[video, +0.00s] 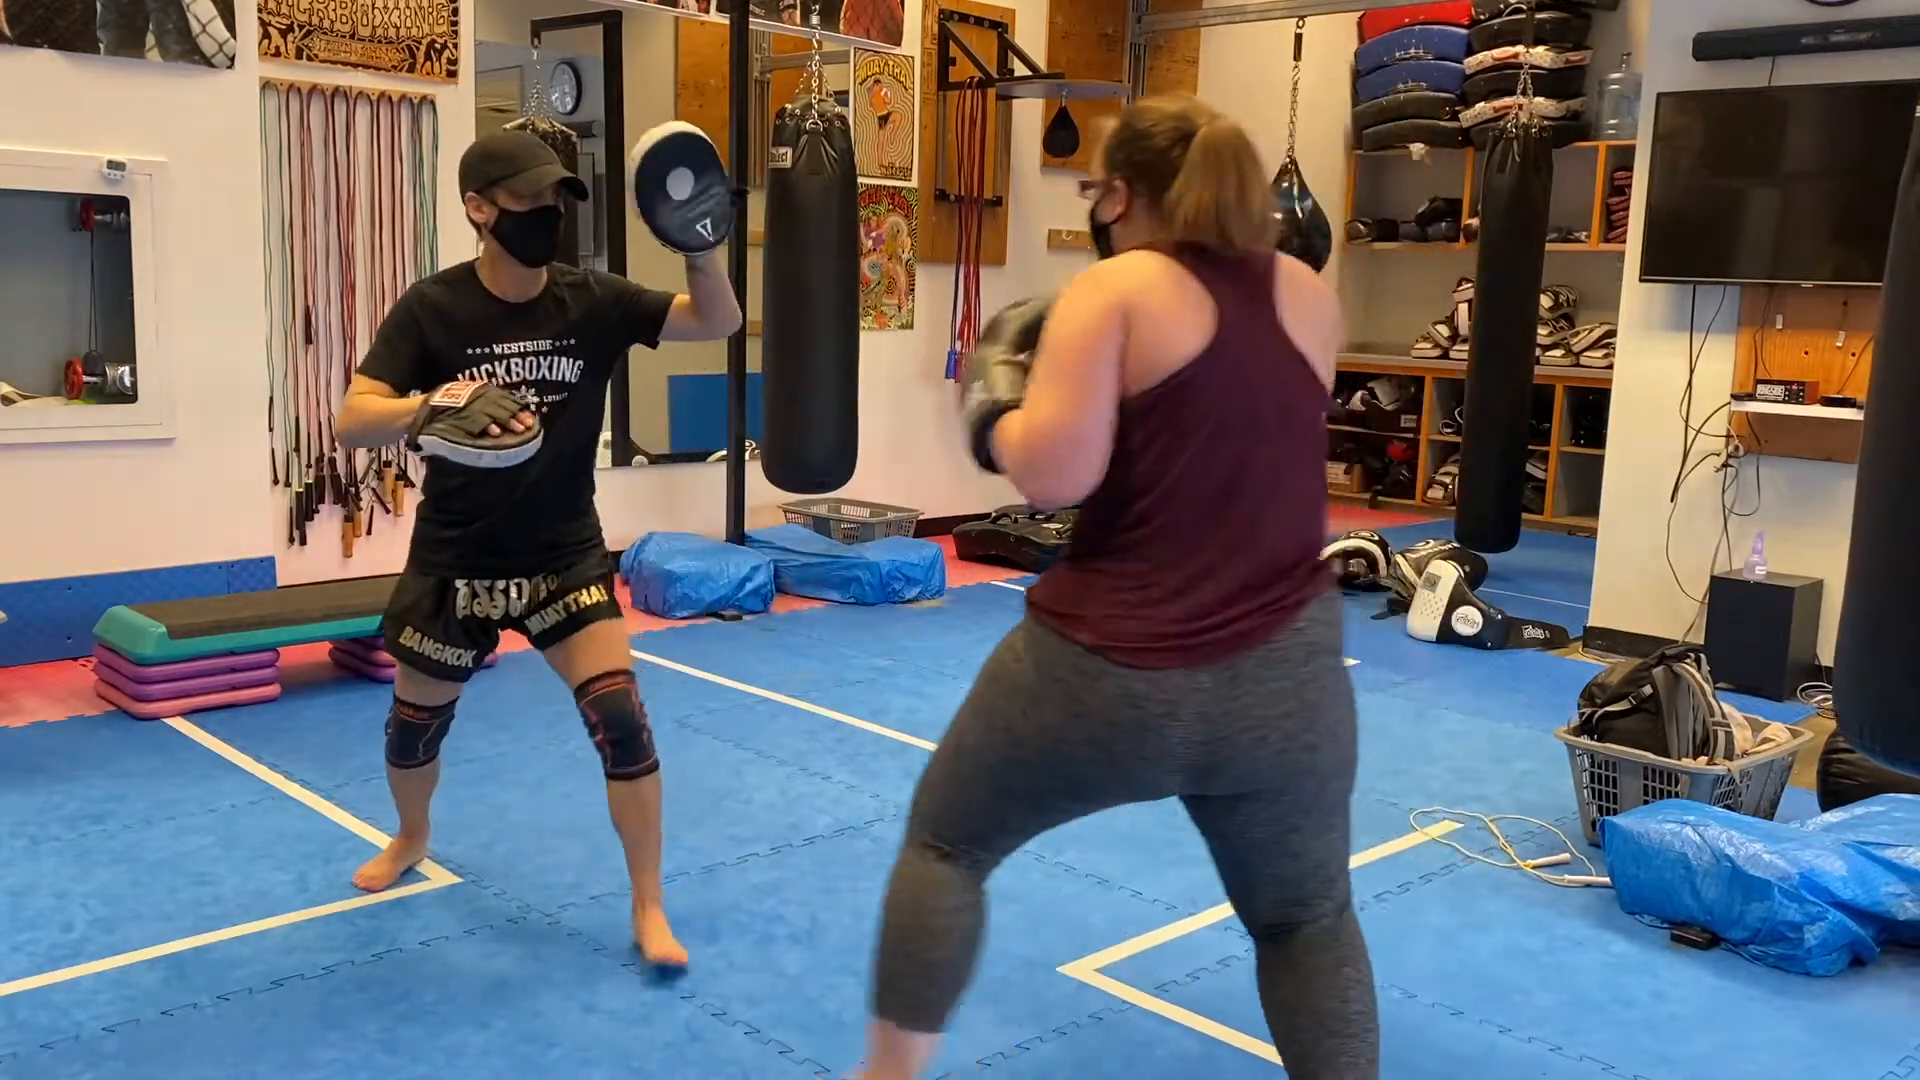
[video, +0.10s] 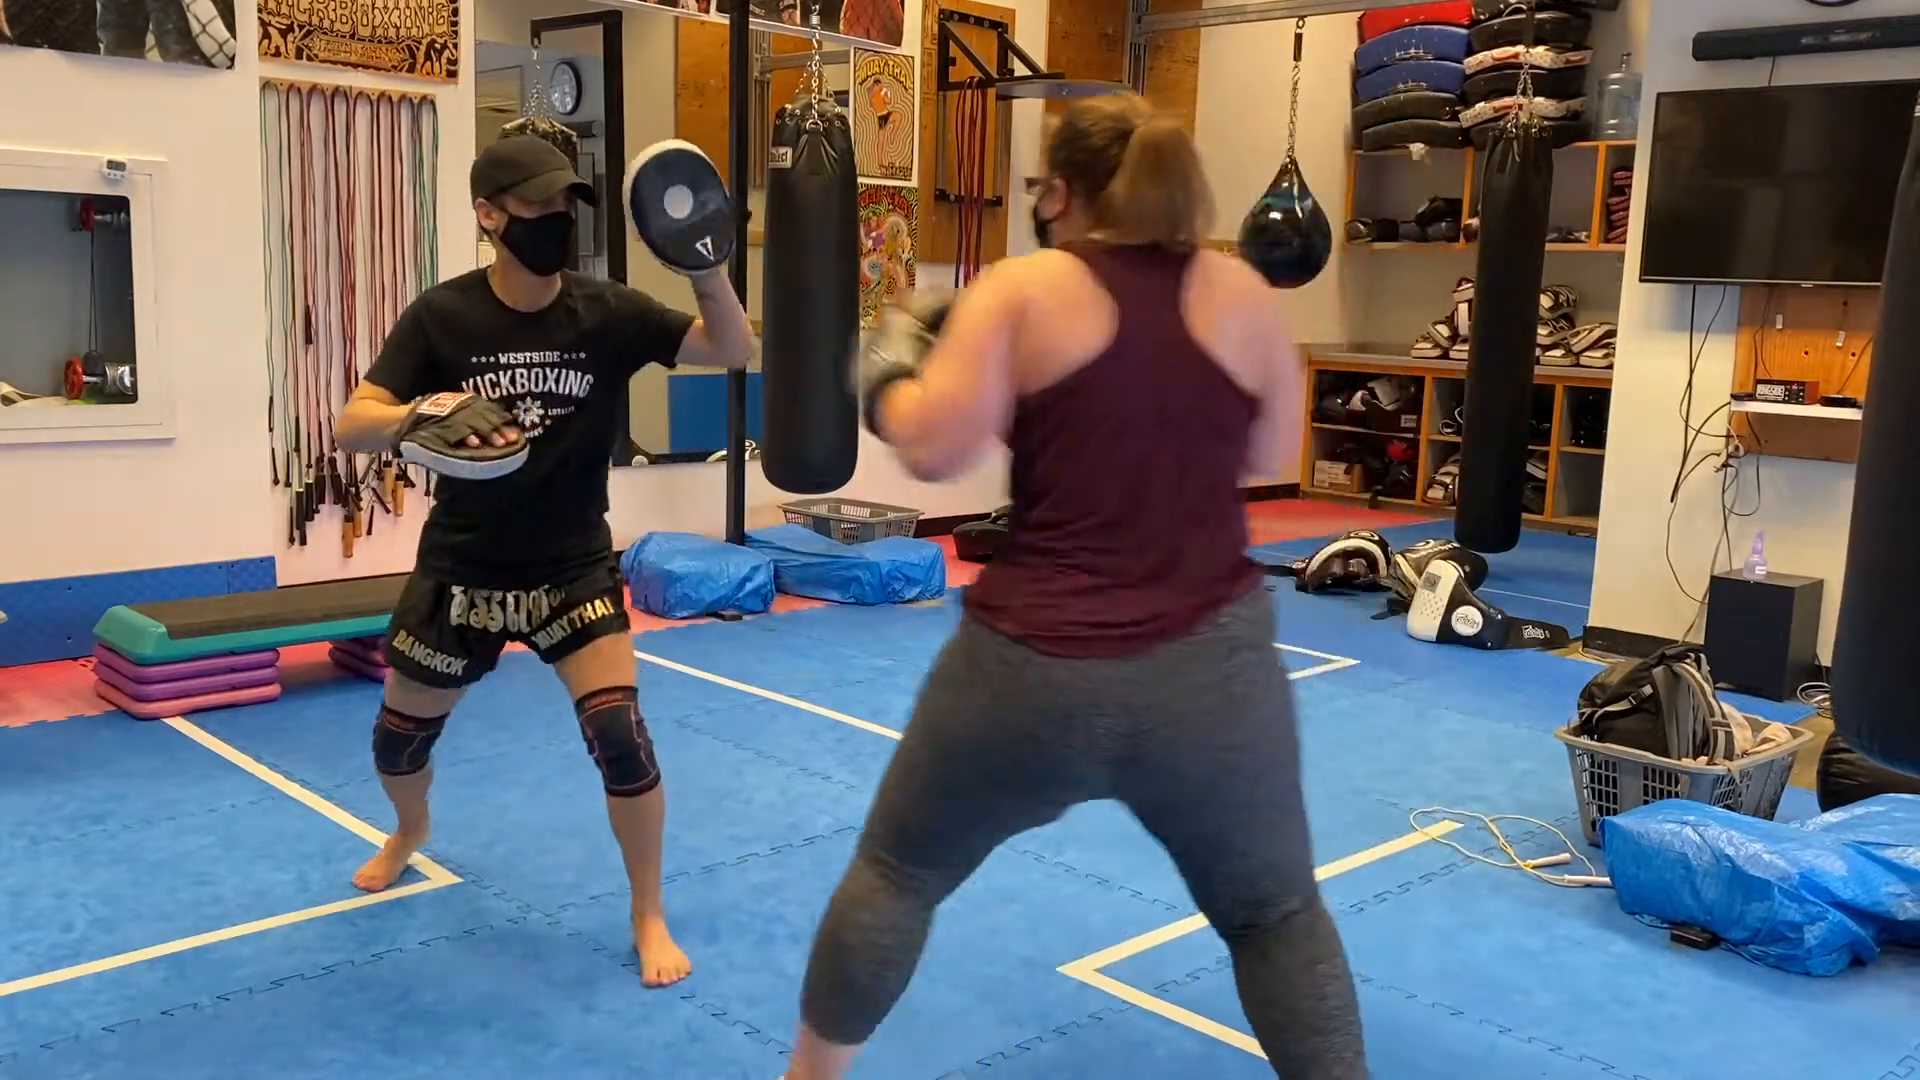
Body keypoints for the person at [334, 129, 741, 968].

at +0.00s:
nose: (552, 217)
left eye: (559, 201)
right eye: (531, 203)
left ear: (570, 200)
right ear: (480, 206)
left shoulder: (594, 303)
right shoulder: (431, 309)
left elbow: (717, 319)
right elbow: (353, 419)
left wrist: (698, 232)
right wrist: (430, 408)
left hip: (563, 549)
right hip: (451, 556)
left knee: (621, 719)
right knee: (413, 725)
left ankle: (650, 906)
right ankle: (410, 840)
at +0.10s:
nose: (562, 223)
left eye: (569, 206)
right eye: (542, 210)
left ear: (581, 204)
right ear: (490, 214)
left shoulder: (611, 312)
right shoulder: (439, 317)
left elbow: (731, 347)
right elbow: (354, 424)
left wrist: (706, 255)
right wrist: (421, 416)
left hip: (573, 563)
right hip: (458, 566)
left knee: (620, 738)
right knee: (398, 743)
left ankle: (650, 916)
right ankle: (411, 833)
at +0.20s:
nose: (565, 230)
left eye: (573, 213)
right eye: (544, 215)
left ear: (586, 216)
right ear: (495, 223)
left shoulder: (619, 327)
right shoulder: (444, 324)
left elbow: (721, 374)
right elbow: (352, 432)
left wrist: (749, 308)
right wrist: (402, 428)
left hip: (575, 568)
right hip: (460, 567)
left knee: (621, 741)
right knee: (365, 742)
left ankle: (650, 916)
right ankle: (393, 818)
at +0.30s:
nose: (550, 246)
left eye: (558, 229)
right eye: (529, 231)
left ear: (570, 225)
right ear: (479, 228)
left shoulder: (599, 321)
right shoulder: (428, 329)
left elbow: (717, 338)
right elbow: (339, 439)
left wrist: (744, 278)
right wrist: (387, 446)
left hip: (563, 576)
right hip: (445, 576)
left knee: (620, 746)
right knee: (333, 740)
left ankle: (650, 915)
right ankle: (329, 835)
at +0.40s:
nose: (510, 244)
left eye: (517, 227)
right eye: (491, 232)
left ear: (527, 223)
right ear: (441, 234)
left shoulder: (567, 324)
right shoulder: (395, 333)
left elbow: (685, 352)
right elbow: (309, 453)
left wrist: (677, 279)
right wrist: (366, 455)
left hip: (534, 580)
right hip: (416, 583)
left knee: (596, 744)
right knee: (318, 751)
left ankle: (646, 913)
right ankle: (263, 873)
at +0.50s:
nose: (475, 245)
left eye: (483, 228)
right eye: (454, 232)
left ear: (495, 228)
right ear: (405, 235)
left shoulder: (532, 335)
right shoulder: (358, 338)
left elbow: (642, 383)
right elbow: (277, 456)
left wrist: (628, 300)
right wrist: (337, 452)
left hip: (503, 581)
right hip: (383, 585)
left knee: (572, 743)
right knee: (293, 750)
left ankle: (653, 911)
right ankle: (267, 874)